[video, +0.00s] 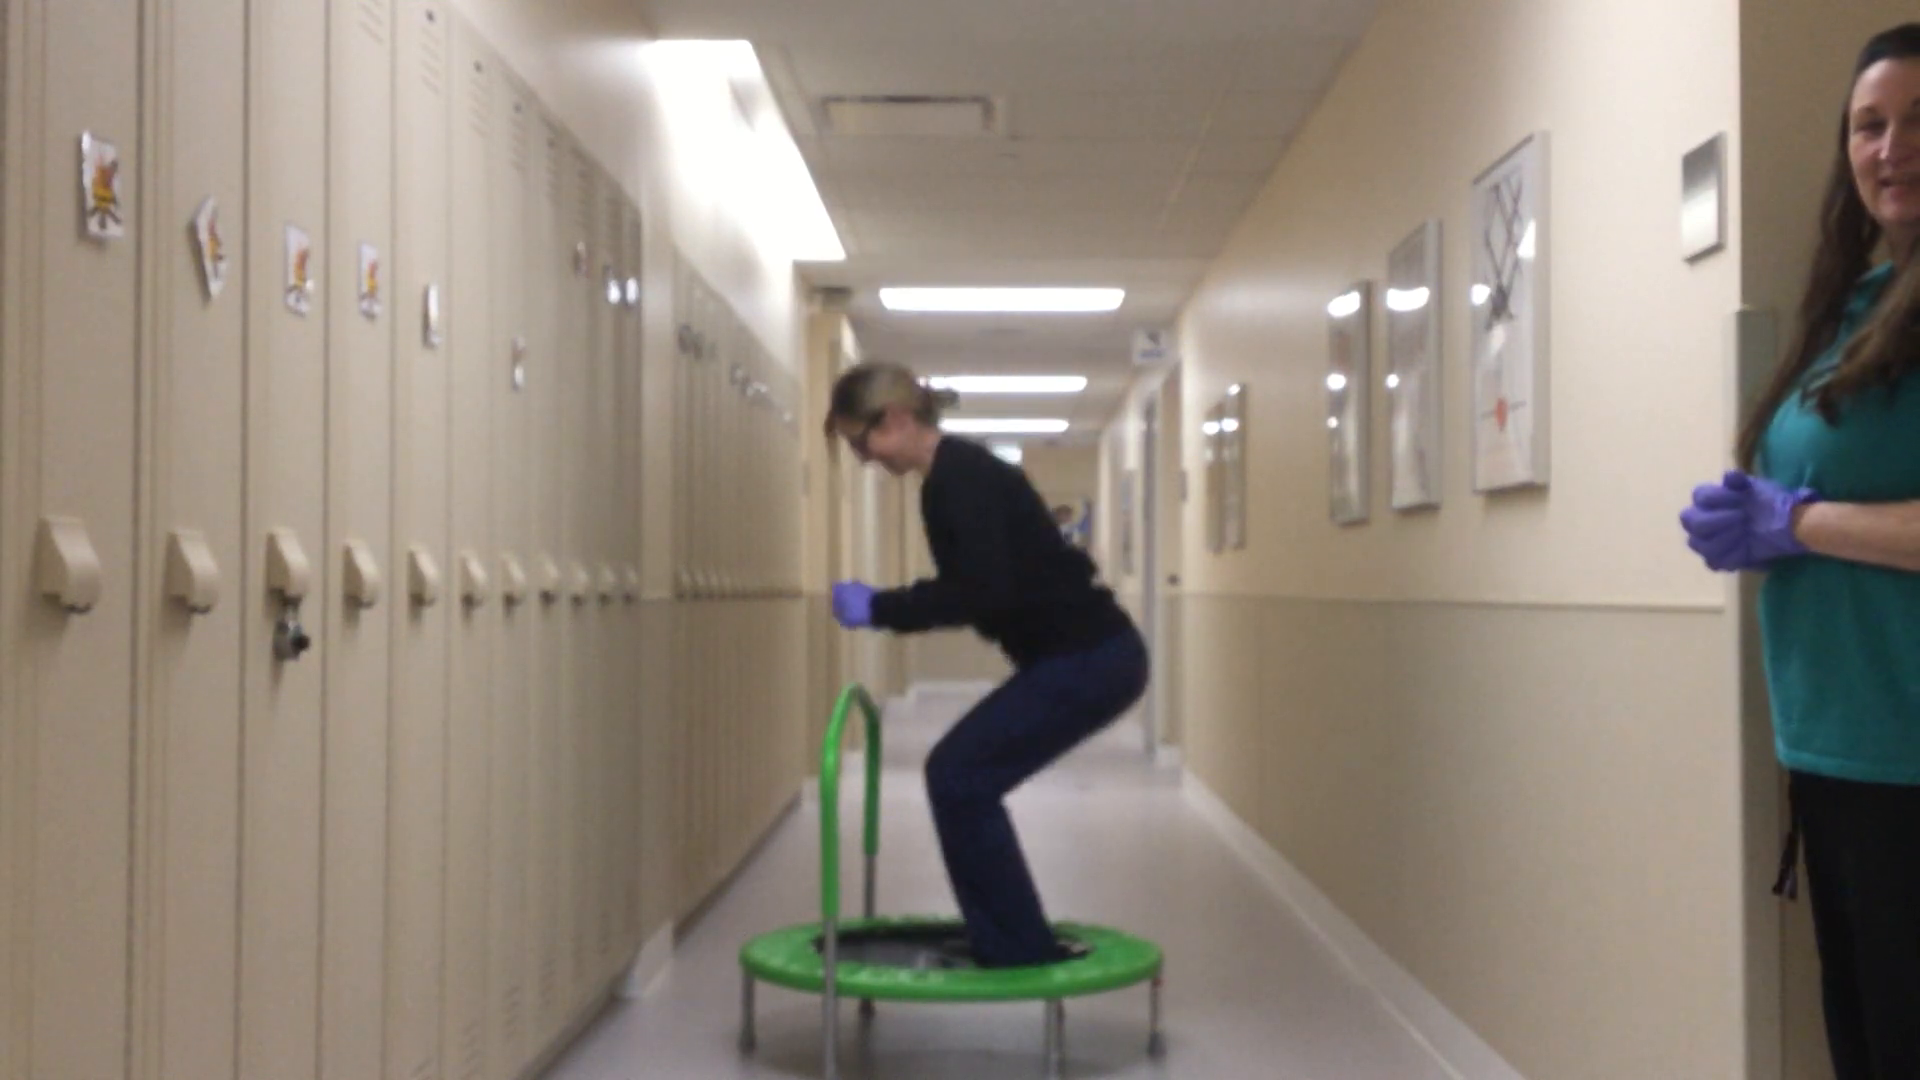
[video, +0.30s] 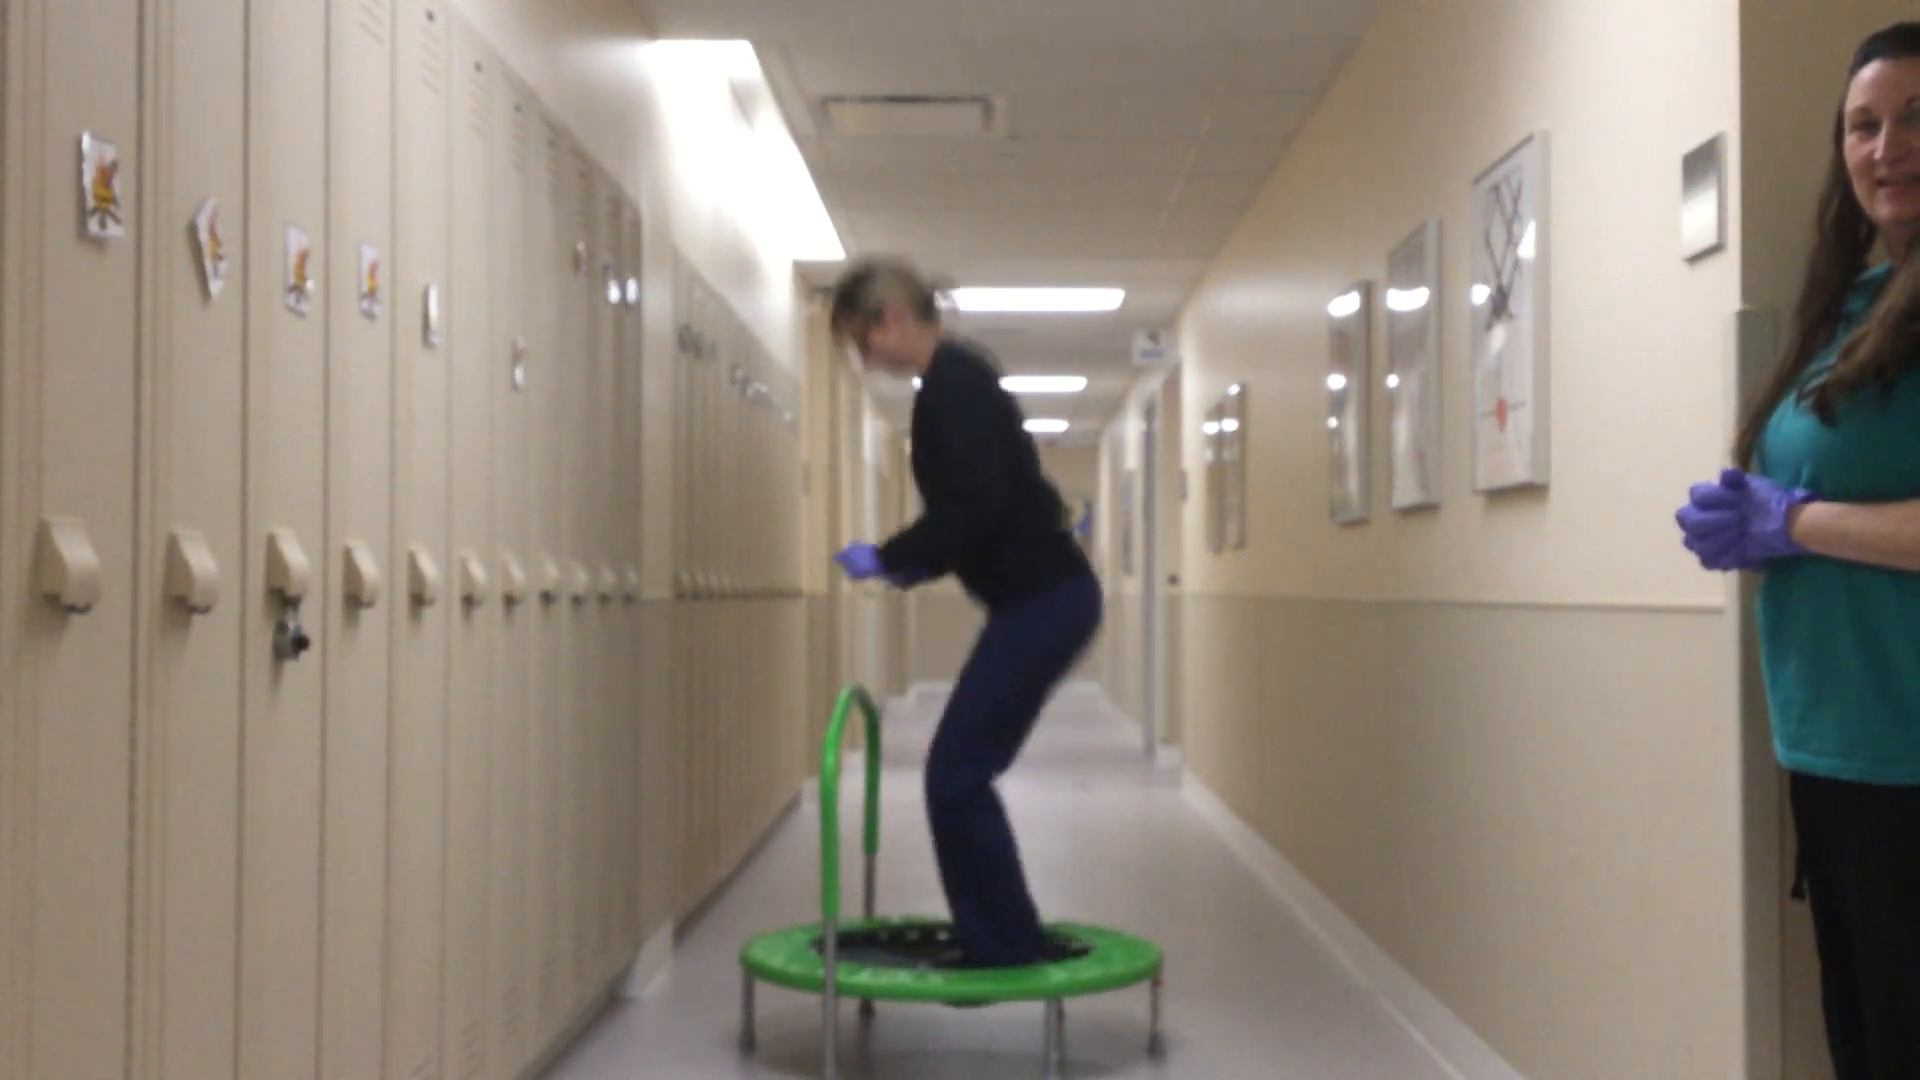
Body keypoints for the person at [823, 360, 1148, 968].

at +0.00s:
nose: (866, 456)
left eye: (865, 440)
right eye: (857, 446)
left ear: (897, 418)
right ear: (899, 421)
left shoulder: (963, 478)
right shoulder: (951, 479)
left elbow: (977, 594)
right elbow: (967, 592)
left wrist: (880, 607)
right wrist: (881, 606)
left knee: (959, 772)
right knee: (954, 769)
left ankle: (1017, 945)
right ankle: (1008, 938)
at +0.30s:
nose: (867, 357)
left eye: (865, 339)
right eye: (858, 346)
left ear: (896, 316)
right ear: (894, 321)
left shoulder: (955, 383)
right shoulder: (950, 383)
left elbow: (970, 512)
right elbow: (968, 518)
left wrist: (888, 558)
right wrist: (896, 561)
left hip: (1044, 602)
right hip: (1038, 600)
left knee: (957, 774)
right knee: (955, 772)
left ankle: (1003, 944)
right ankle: (999, 938)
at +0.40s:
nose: (865, 275)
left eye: (863, 258)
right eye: (857, 264)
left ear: (891, 233)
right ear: (892, 236)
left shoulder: (960, 290)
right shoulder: (952, 295)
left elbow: (986, 410)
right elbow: (976, 416)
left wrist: (946, 516)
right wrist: (942, 515)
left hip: (1025, 521)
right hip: (1014, 521)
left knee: (988, 715)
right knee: (985, 714)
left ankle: (997, 917)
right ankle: (992, 912)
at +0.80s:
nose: (842, 378)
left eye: (840, 359)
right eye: (832, 367)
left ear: (870, 334)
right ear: (860, 345)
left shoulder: (934, 405)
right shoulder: (922, 406)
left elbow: (969, 516)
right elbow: (951, 520)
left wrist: (899, 576)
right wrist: (895, 573)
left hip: (1033, 609)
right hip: (1027, 607)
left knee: (946, 767)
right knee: (953, 766)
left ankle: (984, 943)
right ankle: (997, 932)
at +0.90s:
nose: (829, 453)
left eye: (827, 436)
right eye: (821, 441)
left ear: (858, 419)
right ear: (866, 420)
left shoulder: (924, 482)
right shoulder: (918, 481)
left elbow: (948, 598)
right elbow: (937, 596)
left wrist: (856, 611)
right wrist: (857, 608)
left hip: (1054, 667)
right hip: (1046, 664)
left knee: (916, 778)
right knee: (917, 776)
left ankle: (978, 939)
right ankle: (988, 929)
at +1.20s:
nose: (854, 393)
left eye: (855, 374)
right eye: (846, 381)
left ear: (887, 353)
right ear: (873, 365)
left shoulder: (940, 426)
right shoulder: (930, 426)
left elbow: (965, 549)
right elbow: (955, 550)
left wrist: (880, 604)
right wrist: (883, 601)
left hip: (1045, 632)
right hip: (1037, 630)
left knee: (928, 783)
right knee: (930, 781)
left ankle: (981, 942)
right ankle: (982, 936)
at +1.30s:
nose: (867, 297)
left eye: (870, 278)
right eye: (860, 285)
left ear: (904, 260)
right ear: (894, 272)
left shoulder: (956, 332)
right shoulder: (945, 335)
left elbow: (985, 448)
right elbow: (967, 453)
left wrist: (950, 550)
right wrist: (946, 549)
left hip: (1024, 555)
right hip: (1013, 554)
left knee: (975, 742)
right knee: (976, 742)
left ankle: (984, 934)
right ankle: (992, 925)